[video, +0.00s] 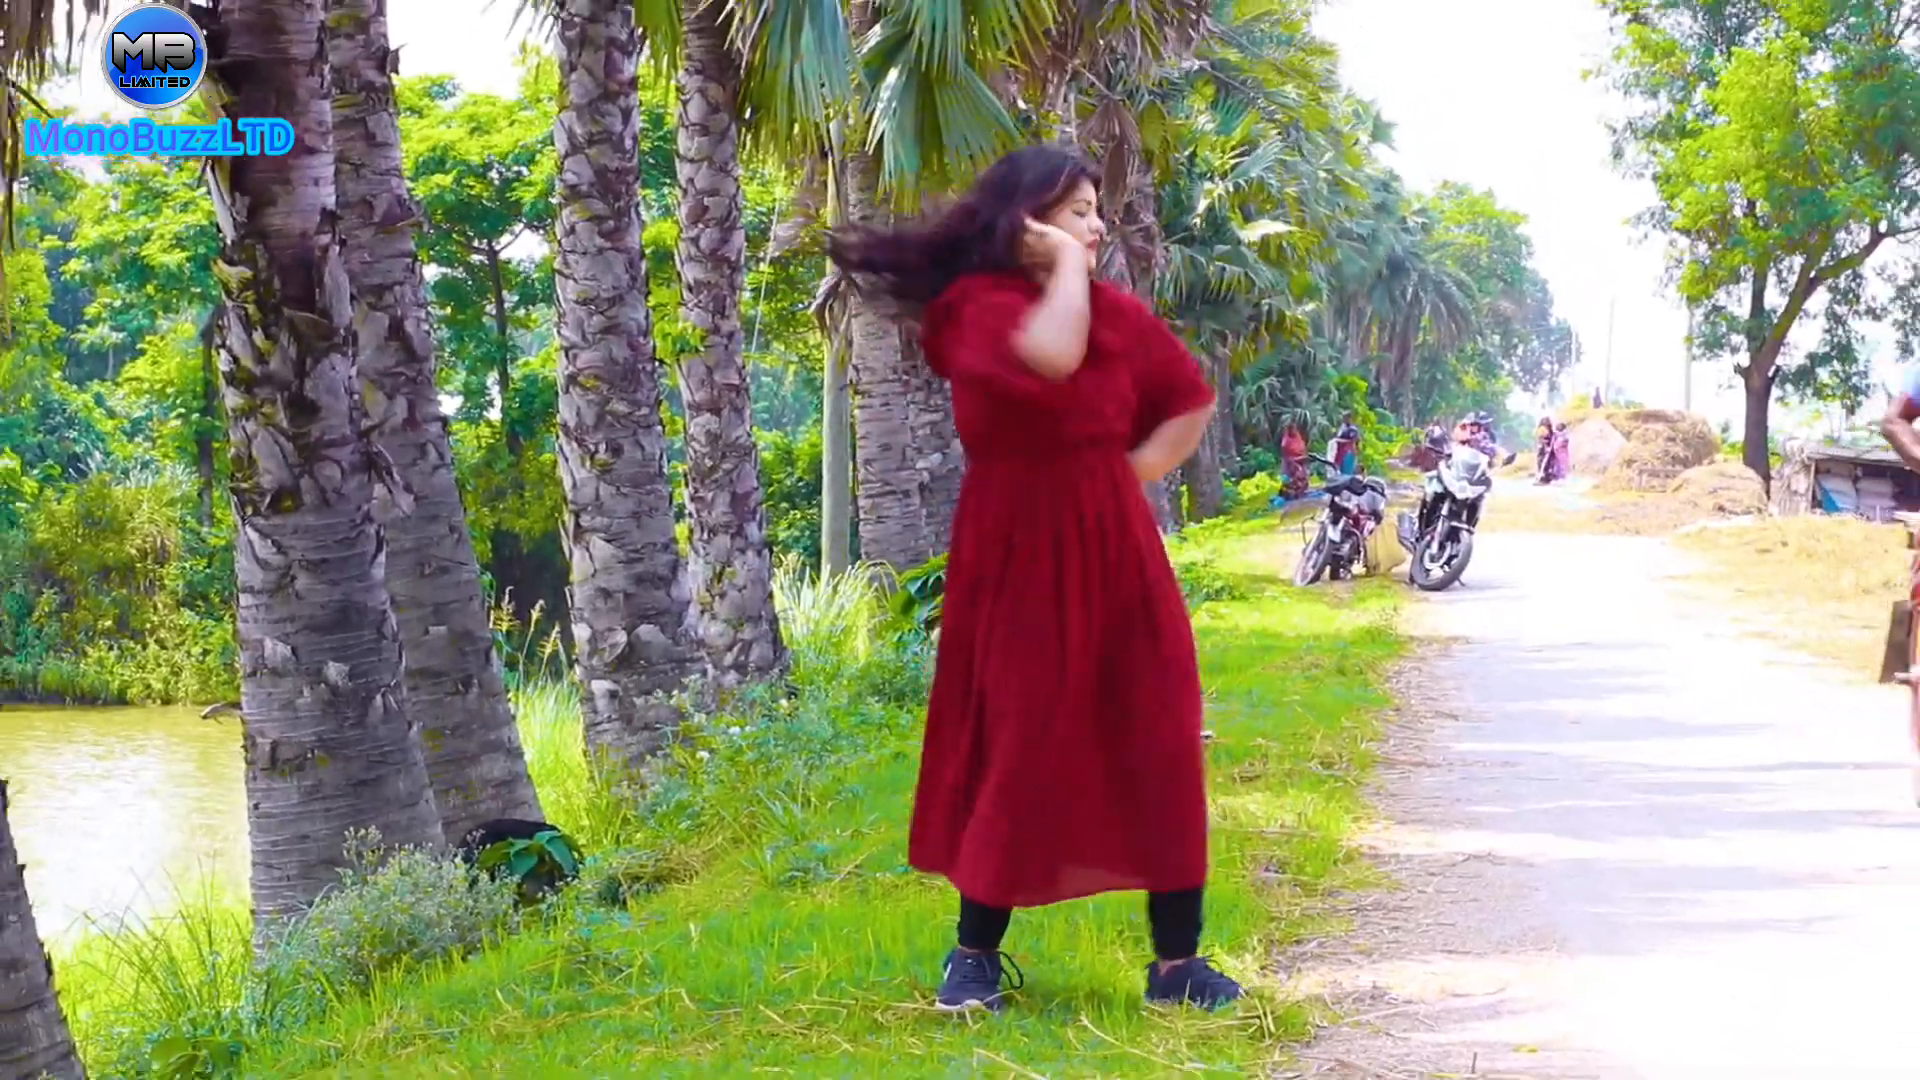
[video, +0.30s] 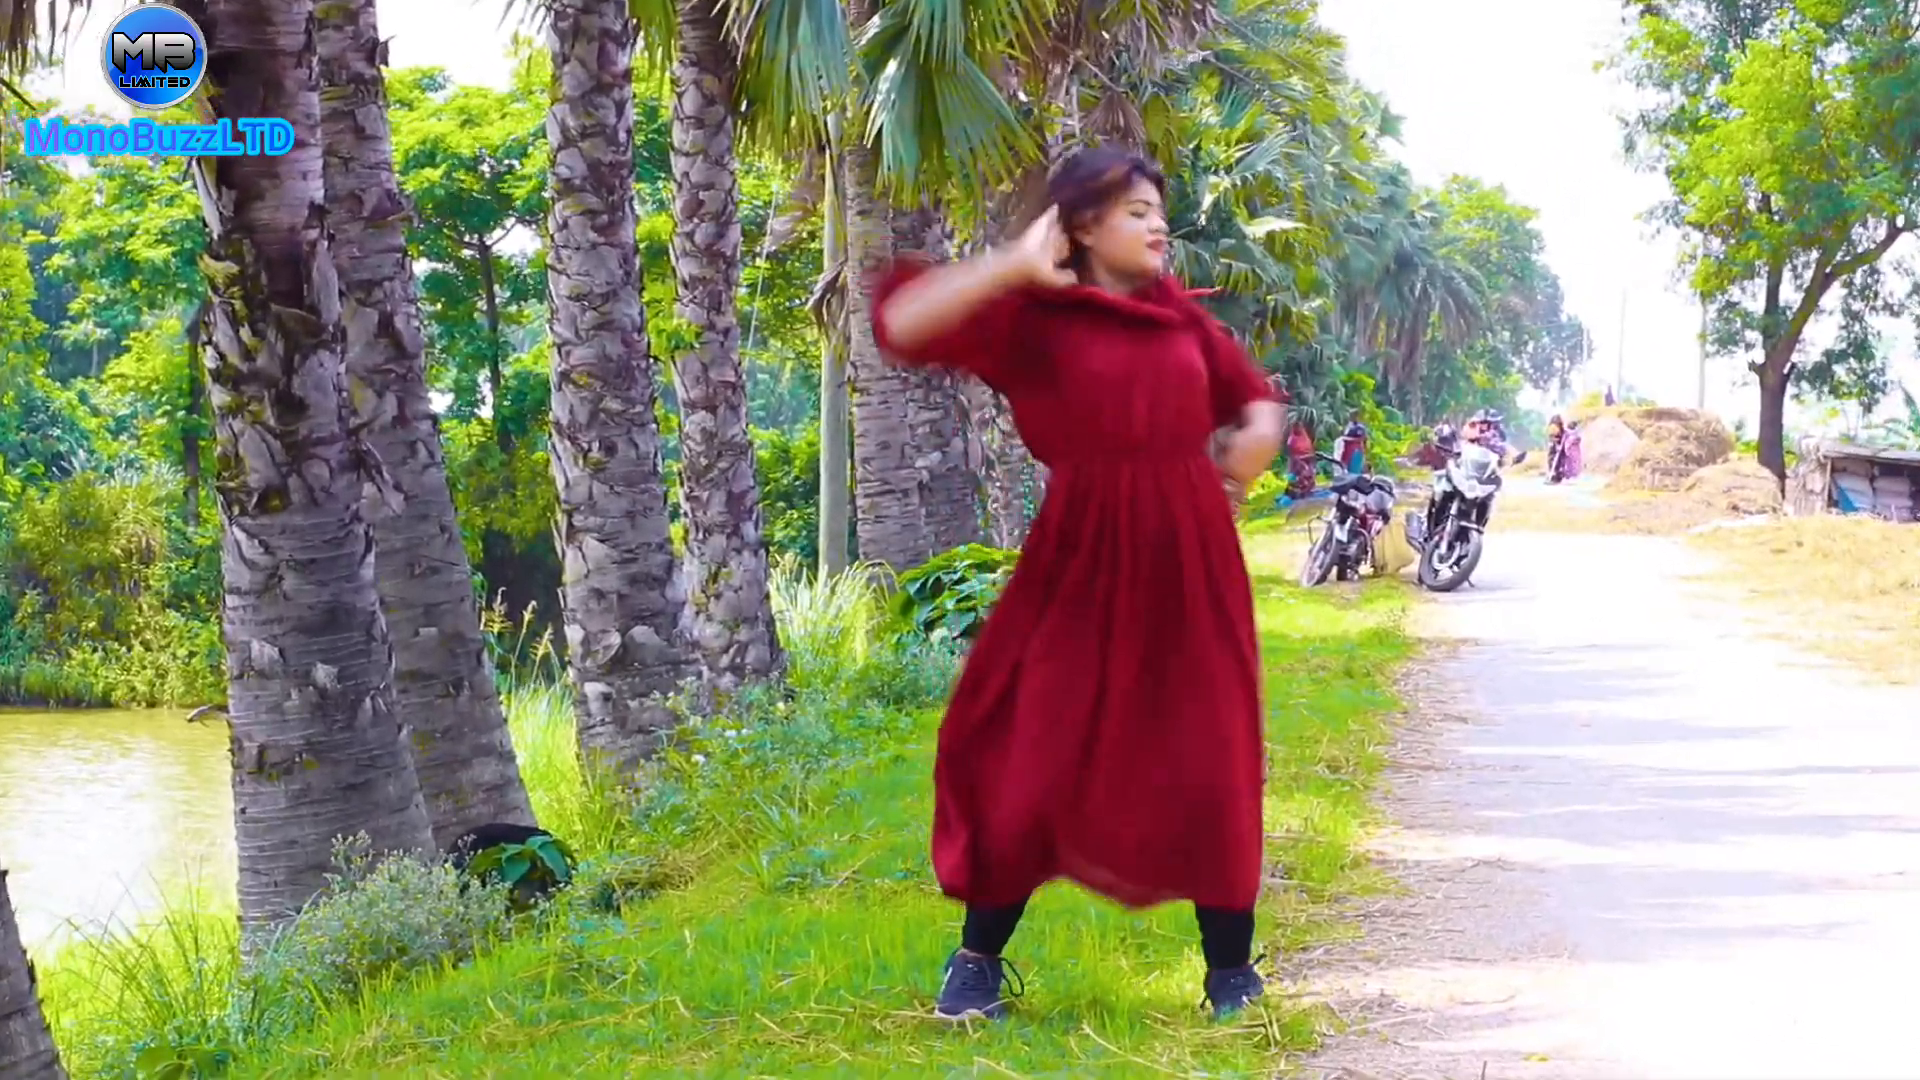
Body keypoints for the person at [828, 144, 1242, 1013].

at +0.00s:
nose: (1097, 224)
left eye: (1097, 209)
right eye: (1080, 210)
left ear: (1091, 225)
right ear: (1025, 220)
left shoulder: (1113, 306)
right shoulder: (971, 302)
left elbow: (1195, 400)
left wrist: (1127, 474)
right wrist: (1070, 261)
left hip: (1113, 530)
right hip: (1014, 535)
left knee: (1166, 734)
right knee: (1013, 738)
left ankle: (1177, 961)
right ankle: (975, 958)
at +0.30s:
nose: (1159, 226)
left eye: (1160, 211)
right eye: (1138, 213)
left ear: (1161, 225)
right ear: (1081, 230)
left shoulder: (1186, 321)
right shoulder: (1033, 316)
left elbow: (1259, 399)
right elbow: (900, 325)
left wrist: (1259, 434)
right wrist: (1013, 262)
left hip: (1192, 560)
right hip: (1080, 560)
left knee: (1219, 764)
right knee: (1032, 760)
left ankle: (1230, 977)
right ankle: (976, 965)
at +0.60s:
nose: (1146, 186)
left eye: (1167, 171)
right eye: (1147, 173)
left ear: (1226, 188)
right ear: (1158, 195)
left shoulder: (1273, 286)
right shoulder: (1129, 296)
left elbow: (1379, 291)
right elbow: (1080, 443)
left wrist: (1269, 219)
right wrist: (1074, 556)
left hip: (1235, 543)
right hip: (1126, 538)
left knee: (1231, 754)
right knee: (1047, 723)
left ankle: (1238, 980)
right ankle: (1012, 945)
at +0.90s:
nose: (1168, 220)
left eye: (1188, 206)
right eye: (1170, 205)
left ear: (1250, 231)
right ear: (1178, 225)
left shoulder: (1283, 309)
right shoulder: (1150, 317)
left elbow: (1232, 353)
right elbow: (1088, 420)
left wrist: (1215, 262)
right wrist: (1059, 505)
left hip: (1244, 559)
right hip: (1146, 548)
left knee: (1225, 753)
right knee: (1092, 735)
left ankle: (1237, 971)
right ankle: (1039, 962)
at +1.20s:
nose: (1111, 234)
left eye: (1132, 219)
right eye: (1110, 218)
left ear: (1185, 233)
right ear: (1112, 235)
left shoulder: (1230, 330)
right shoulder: (1084, 333)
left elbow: (1369, 376)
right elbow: (1020, 425)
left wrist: (1276, 316)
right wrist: (1004, 475)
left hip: (1194, 565)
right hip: (1089, 563)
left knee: (1209, 761)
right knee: (1038, 752)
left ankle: (1232, 967)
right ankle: (1016, 955)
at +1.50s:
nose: (1133, 215)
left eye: (1139, 203)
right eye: (1116, 198)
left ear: (1142, 220)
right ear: (1060, 206)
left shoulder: (1162, 304)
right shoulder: (1008, 295)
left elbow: (1240, 387)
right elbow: (914, 301)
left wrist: (1216, 432)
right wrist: (1016, 255)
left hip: (1149, 533)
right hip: (1039, 532)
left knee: (1197, 721)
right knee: (1029, 729)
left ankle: (1210, 941)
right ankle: (1015, 949)